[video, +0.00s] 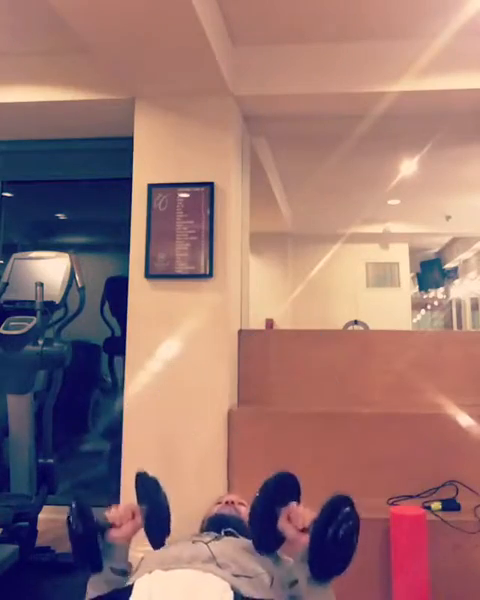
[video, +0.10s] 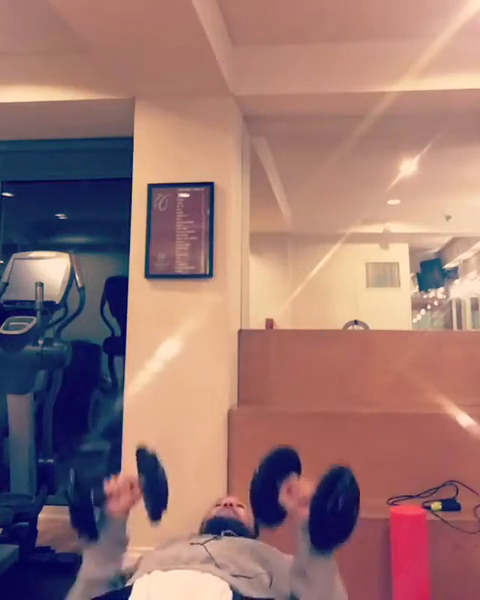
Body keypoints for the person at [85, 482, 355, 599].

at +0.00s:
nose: (230, 503)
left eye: (239, 504)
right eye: (221, 502)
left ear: (254, 520)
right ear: (203, 521)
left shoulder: (268, 554)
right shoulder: (161, 553)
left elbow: (310, 598)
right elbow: (108, 595)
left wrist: (304, 553)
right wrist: (117, 546)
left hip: (218, 589)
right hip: (149, 587)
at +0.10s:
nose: (229, 503)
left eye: (241, 505)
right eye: (220, 503)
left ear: (254, 528)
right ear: (201, 524)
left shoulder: (268, 558)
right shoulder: (156, 557)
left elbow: (317, 594)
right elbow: (89, 593)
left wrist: (310, 531)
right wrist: (114, 520)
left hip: (219, 590)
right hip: (147, 587)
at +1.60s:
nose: (225, 515)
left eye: (236, 518)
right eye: (217, 516)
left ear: (254, 534)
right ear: (197, 530)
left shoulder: (283, 564)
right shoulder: (143, 555)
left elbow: (314, 523)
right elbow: (100, 526)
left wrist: (284, 430)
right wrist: (129, 437)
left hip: (218, 591)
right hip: (146, 589)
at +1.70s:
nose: (224, 516)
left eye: (236, 519)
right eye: (217, 518)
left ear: (254, 531)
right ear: (200, 528)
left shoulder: (282, 563)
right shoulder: (136, 560)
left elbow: (300, 501)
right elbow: (118, 500)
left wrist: (274, 406)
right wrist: (145, 409)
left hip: (222, 587)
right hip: (147, 585)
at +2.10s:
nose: (229, 506)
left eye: (240, 507)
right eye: (221, 506)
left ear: (258, 529)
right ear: (203, 524)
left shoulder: (279, 555)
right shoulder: (161, 548)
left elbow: (346, 590)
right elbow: (85, 585)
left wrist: (321, 492)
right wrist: (113, 482)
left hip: (227, 590)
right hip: (155, 586)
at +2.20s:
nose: (231, 504)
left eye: (243, 506)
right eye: (222, 504)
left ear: (260, 529)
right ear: (204, 524)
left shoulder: (275, 556)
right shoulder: (163, 550)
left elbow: (329, 594)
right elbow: (92, 592)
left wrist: (326, 531)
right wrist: (107, 523)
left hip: (220, 589)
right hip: (151, 588)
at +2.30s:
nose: (232, 502)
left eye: (242, 503)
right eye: (223, 502)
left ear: (259, 527)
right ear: (205, 523)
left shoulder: (275, 560)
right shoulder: (158, 550)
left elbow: (315, 595)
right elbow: (101, 594)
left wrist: (324, 562)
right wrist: (107, 549)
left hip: (218, 589)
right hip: (149, 588)